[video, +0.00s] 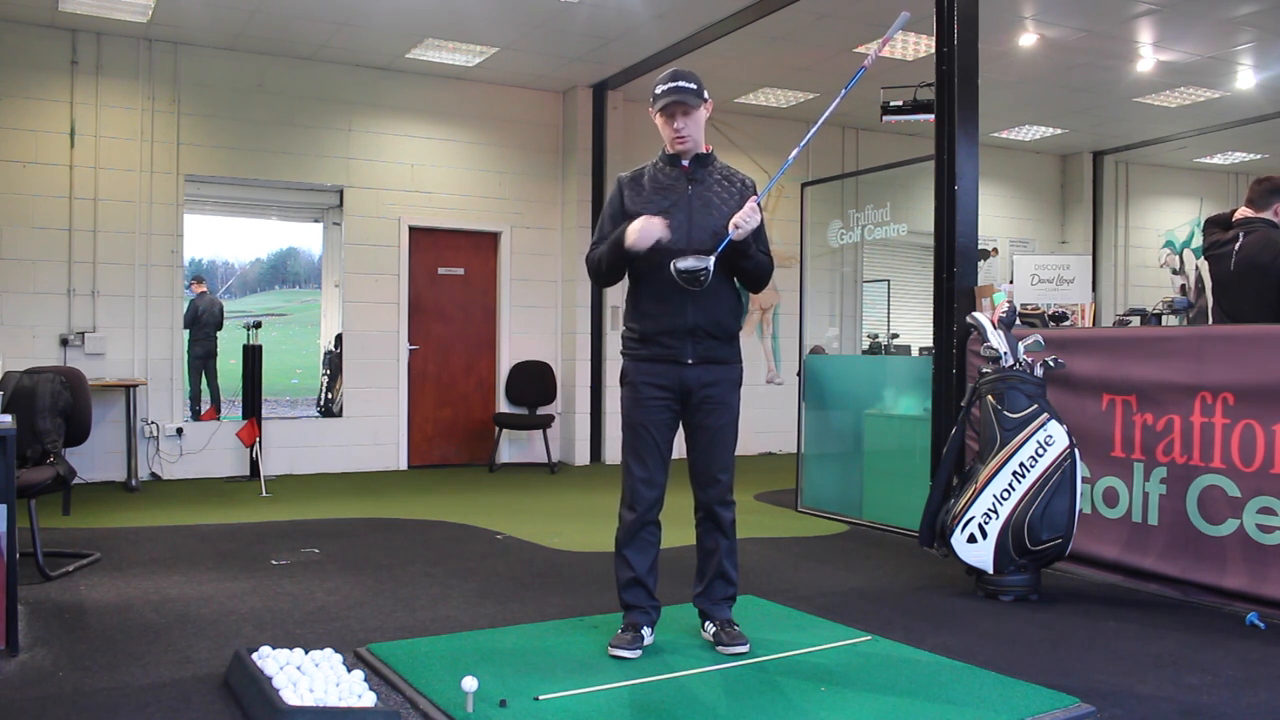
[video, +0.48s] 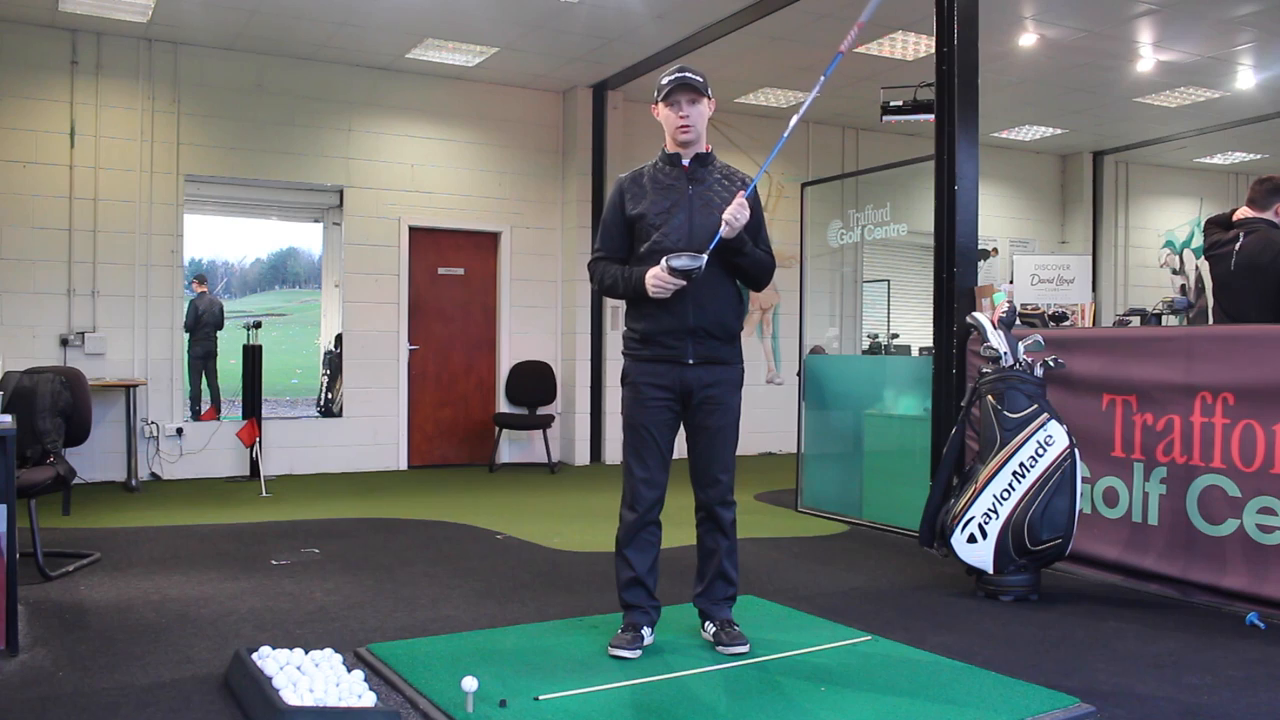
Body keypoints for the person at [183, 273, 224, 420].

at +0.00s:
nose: (191, 289)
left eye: (192, 286)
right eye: (191, 287)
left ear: (197, 285)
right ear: (204, 285)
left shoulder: (195, 302)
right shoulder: (217, 302)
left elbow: (186, 323)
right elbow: (219, 326)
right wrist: (207, 323)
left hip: (196, 344)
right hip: (211, 344)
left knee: (195, 382)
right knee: (212, 381)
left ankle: (195, 414)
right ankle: (216, 412)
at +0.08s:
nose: (191, 289)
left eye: (192, 286)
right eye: (191, 286)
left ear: (197, 285)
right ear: (204, 285)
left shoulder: (195, 302)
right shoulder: (217, 302)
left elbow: (187, 324)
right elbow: (219, 326)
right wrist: (207, 322)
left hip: (196, 344)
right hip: (211, 344)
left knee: (195, 382)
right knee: (213, 381)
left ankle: (195, 414)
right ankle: (216, 412)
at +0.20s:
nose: (191, 288)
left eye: (192, 285)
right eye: (191, 285)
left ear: (198, 285)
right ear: (205, 285)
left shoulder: (195, 302)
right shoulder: (217, 302)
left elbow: (187, 324)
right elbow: (220, 325)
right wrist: (208, 323)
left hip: (196, 344)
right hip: (211, 343)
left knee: (195, 382)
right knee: (213, 381)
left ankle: (195, 414)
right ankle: (216, 412)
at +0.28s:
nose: (191, 288)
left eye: (193, 285)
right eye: (191, 285)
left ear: (199, 285)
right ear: (205, 285)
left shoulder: (195, 302)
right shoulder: (217, 302)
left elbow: (188, 326)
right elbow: (220, 325)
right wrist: (208, 324)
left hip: (196, 344)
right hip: (211, 343)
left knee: (195, 382)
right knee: (213, 381)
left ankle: (195, 414)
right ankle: (216, 412)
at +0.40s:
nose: (191, 288)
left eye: (193, 285)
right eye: (191, 285)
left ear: (199, 285)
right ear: (205, 285)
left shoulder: (195, 302)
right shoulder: (217, 302)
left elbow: (188, 326)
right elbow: (220, 325)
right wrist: (208, 323)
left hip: (196, 344)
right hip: (211, 343)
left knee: (195, 382)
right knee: (213, 381)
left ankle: (195, 414)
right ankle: (216, 412)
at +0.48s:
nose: (192, 287)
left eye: (193, 284)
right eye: (192, 284)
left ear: (198, 284)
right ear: (206, 285)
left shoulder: (195, 302)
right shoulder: (217, 302)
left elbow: (189, 325)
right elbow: (220, 325)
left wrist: (188, 326)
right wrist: (209, 323)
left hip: (196, 344)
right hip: (211, 343)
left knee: (195, 382)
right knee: (212, 381)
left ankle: (195, 414)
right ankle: (216, 412)